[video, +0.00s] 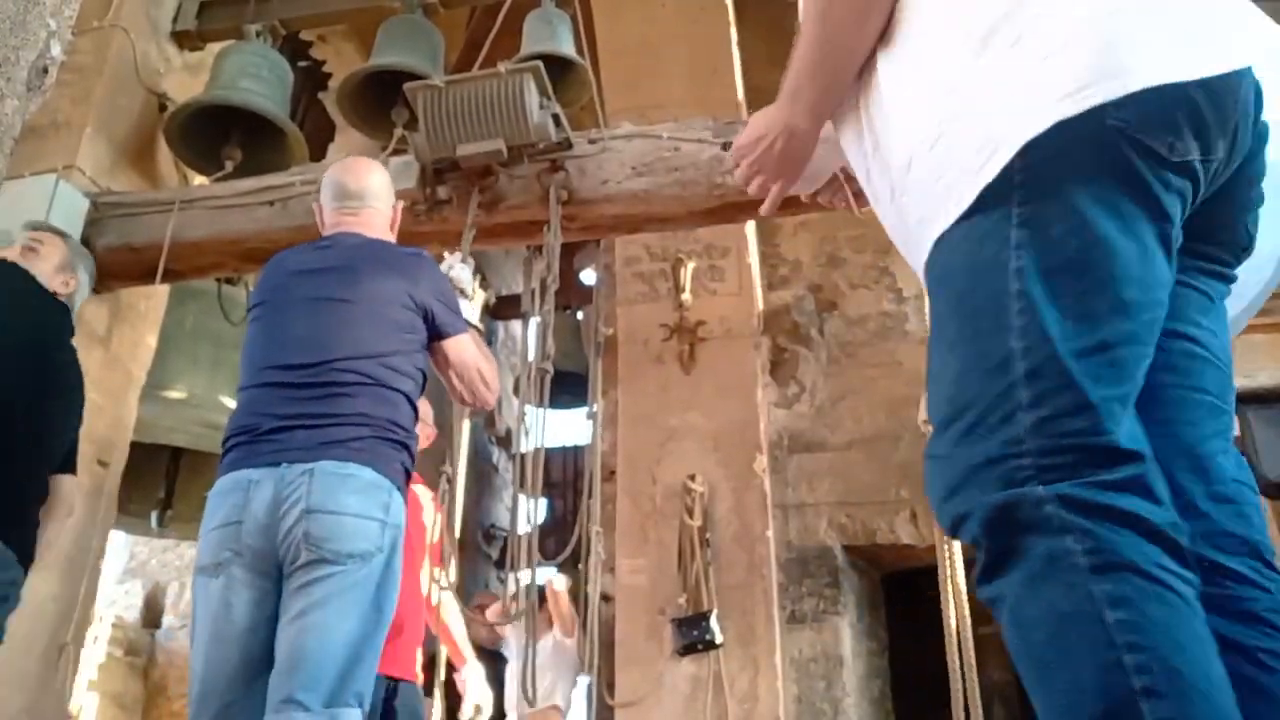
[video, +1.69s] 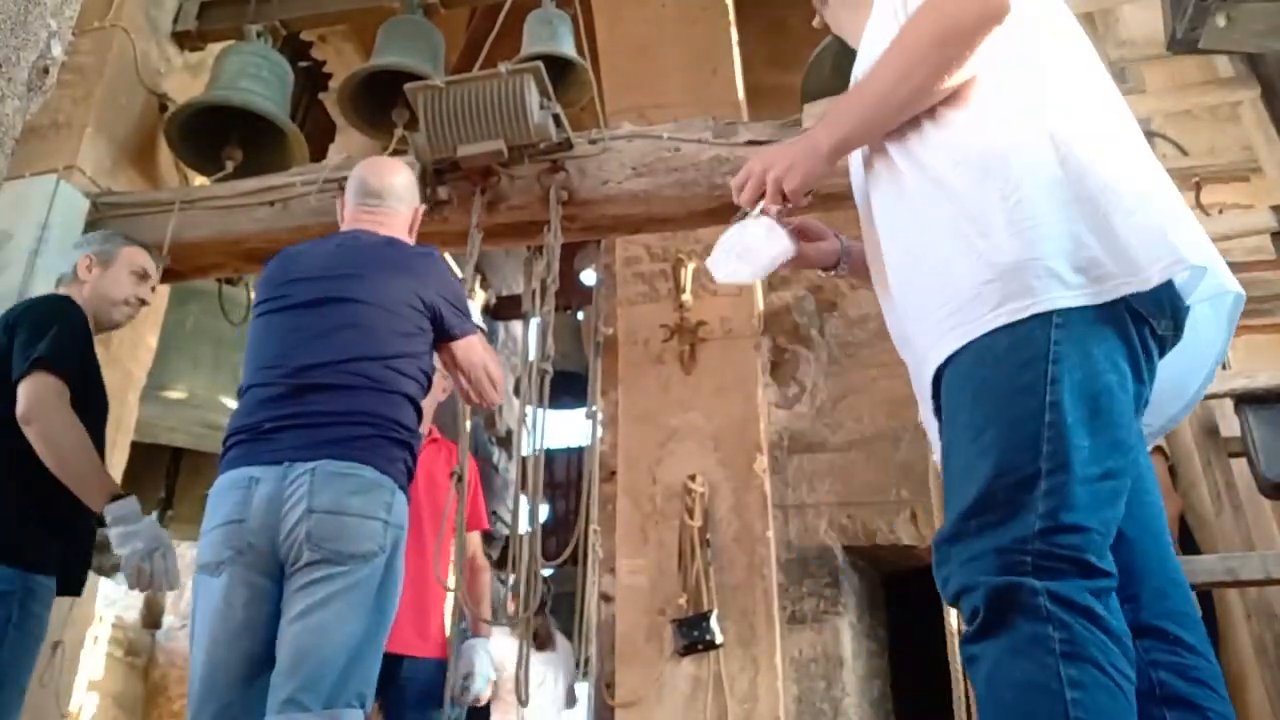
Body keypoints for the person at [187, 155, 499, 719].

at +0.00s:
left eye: (319, 211)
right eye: (399, 210)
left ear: (320, 217)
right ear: (396, 214)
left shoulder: (274, 271)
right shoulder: (415, 270)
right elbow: (482, 393)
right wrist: (441, 326)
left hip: (238, 488)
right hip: (351, 486)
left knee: (218, 707)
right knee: (311, 707)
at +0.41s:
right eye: (392, 209)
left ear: (313, 218)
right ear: (388, 213)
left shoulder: (267, 272)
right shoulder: (409, 270)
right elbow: (477, 391)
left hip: (234, 488)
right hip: (348, 487)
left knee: (215, 709)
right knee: (309, 707)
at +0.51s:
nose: (392, 214)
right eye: (392, 208)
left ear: (312, 217)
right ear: (387, 212)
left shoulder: (266, 271)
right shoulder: (407, 269)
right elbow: (474, 386)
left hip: (232, 489)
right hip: (346, 488)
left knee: (214, 709)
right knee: (308, 708)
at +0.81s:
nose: (390, 215)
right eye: (390, 208)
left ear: (310, 218)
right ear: (385, 211)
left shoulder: (265, 270)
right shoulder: (405, 266)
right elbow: (472, 386)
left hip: (230, 489)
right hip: (345, 485)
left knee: (214, 709)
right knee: (309, 708)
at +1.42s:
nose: (413, 223)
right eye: (413, 217)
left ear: (332, 209)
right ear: (407, 219)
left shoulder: (276, 265)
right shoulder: (417, 264)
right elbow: (480, 386)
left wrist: (430, 369)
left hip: (233, 489)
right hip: (347, 488)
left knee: (217, 709)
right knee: (310, 707)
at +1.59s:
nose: (423, 232)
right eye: (424, 223)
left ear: (347, 207)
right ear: (420, 221)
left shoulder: (281, 265)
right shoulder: (421, 265)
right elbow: (489, 385)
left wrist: (432, 369)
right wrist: (438, 328)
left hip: (235, 489)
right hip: (348, 488)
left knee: (217, 709)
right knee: (309, 706)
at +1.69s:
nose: (419, 226)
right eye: (421, 219)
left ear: (341, 209)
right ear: (415, 220)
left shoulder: (278, 267)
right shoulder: (423, 267)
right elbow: (489, 390)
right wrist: (454, 339)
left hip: (239, 487)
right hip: (354, 487)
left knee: (217, 707)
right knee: (313, 706)